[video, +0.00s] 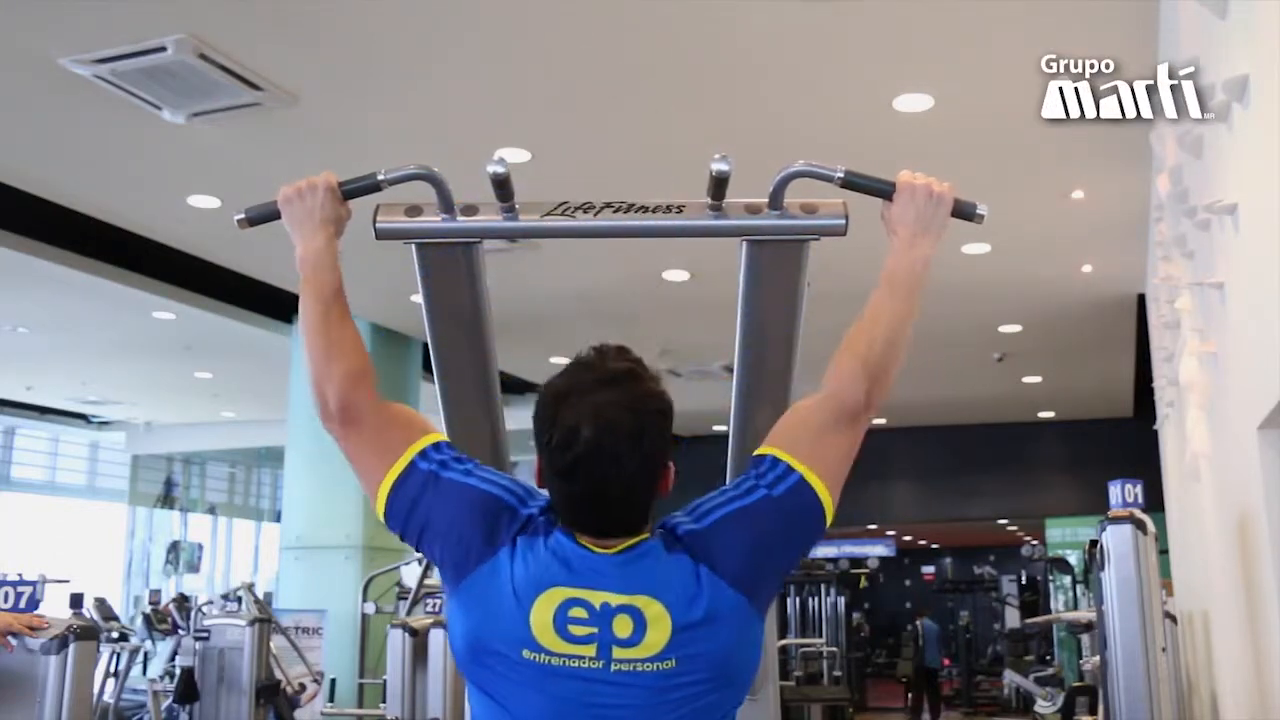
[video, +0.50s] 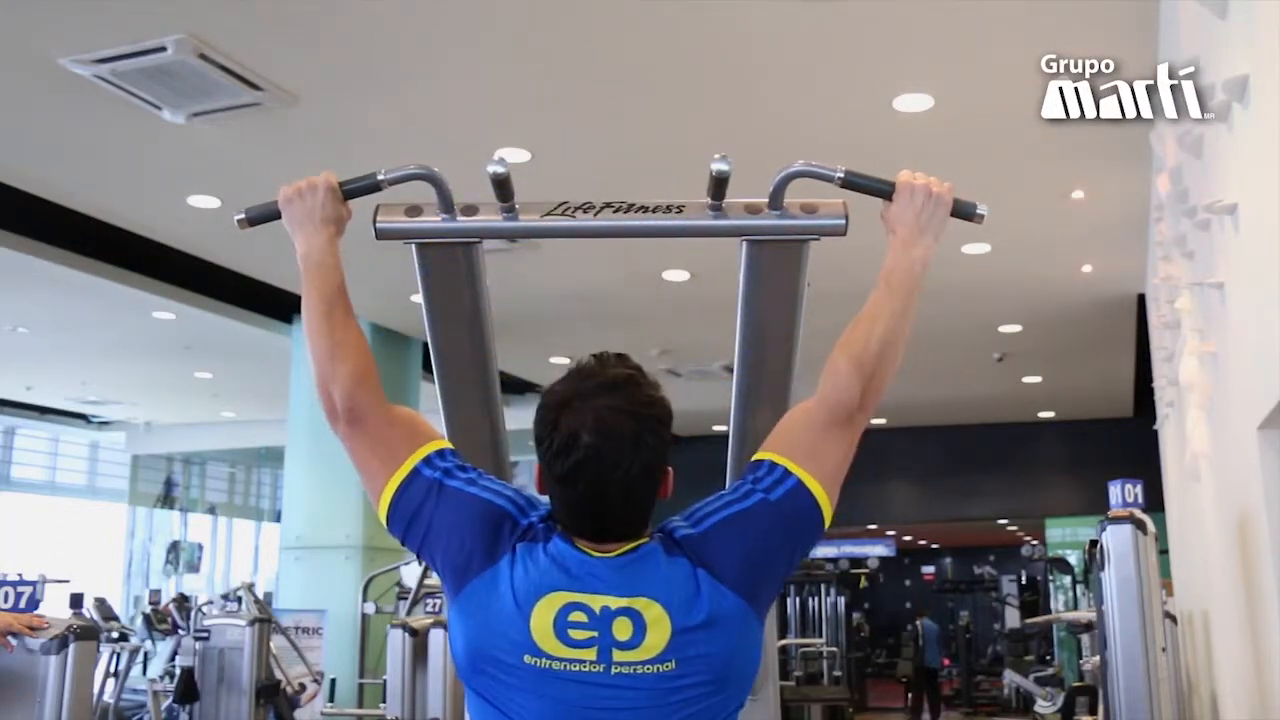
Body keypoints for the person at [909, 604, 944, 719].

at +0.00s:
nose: (916, 618)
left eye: (916, 616)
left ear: (917, 615)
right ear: (928, 614)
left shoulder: (917, 625)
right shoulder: (935, 627)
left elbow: (917, 644)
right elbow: (938, 645)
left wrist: (914, 659)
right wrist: (939, 659)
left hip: (921, 664)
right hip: (934, 664)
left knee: (918, 692)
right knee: (933, 691)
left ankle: (916, 715)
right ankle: (935, 715)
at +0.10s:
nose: (916, 618)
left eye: (916, 616)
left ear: (917, 615)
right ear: (927, 614)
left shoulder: (917, 625)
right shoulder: (935, 627)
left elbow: (916, 644)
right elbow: (938, 645)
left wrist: (914, 659)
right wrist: (939, 659)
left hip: (921, 664)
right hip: (934, 664)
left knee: (918, 692)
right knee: (933, 692)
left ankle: (916, 715)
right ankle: (935, 715)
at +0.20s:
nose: (916, 618)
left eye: (916, 616)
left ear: (917, 615)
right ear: (928, 614)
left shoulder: (917, 626)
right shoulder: (935, 627)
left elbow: (916, 644)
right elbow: (938, 645)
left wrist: (914, 659)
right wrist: (939, 659)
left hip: (921, 664)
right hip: (934, 664)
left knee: (918, 692)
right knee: (933, 691)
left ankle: (916, 715)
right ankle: (935, 715)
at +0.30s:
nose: (916, 618)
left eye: (916, 616)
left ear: (917, 615)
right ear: (927, 614)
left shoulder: (917, 625)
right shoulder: (935, 627)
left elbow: (916, 645)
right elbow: (938, 645)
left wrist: (914, 659)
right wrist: (939, 660)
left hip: (921, 664)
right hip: (934, 664)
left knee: (917, 692)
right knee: (934, 692)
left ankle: (916, 715)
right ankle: (935, 715)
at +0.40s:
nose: (916, 618)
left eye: (916, 616)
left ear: (917, 615)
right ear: (928, 614)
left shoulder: (917, 626)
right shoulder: (935, 627)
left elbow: (916, 645)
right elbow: (939, 645)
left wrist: (913, 659)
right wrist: (939, 660)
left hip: (921, 664)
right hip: (934, 664)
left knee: (918, 692)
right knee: (934, 692)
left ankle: (916, 715)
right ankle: (935, 715)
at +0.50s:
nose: (916, 619)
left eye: (916, 616)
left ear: (917, 615)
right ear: (928, 614)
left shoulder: (917, 626)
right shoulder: (935, 627)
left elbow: (916, 644)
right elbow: (939, 645)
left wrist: (914, 659)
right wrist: (939, 659)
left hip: (920, 664)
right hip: (934, 664)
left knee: (918, 692)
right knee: (933, 692)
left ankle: (916, 715)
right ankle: (935, 715)